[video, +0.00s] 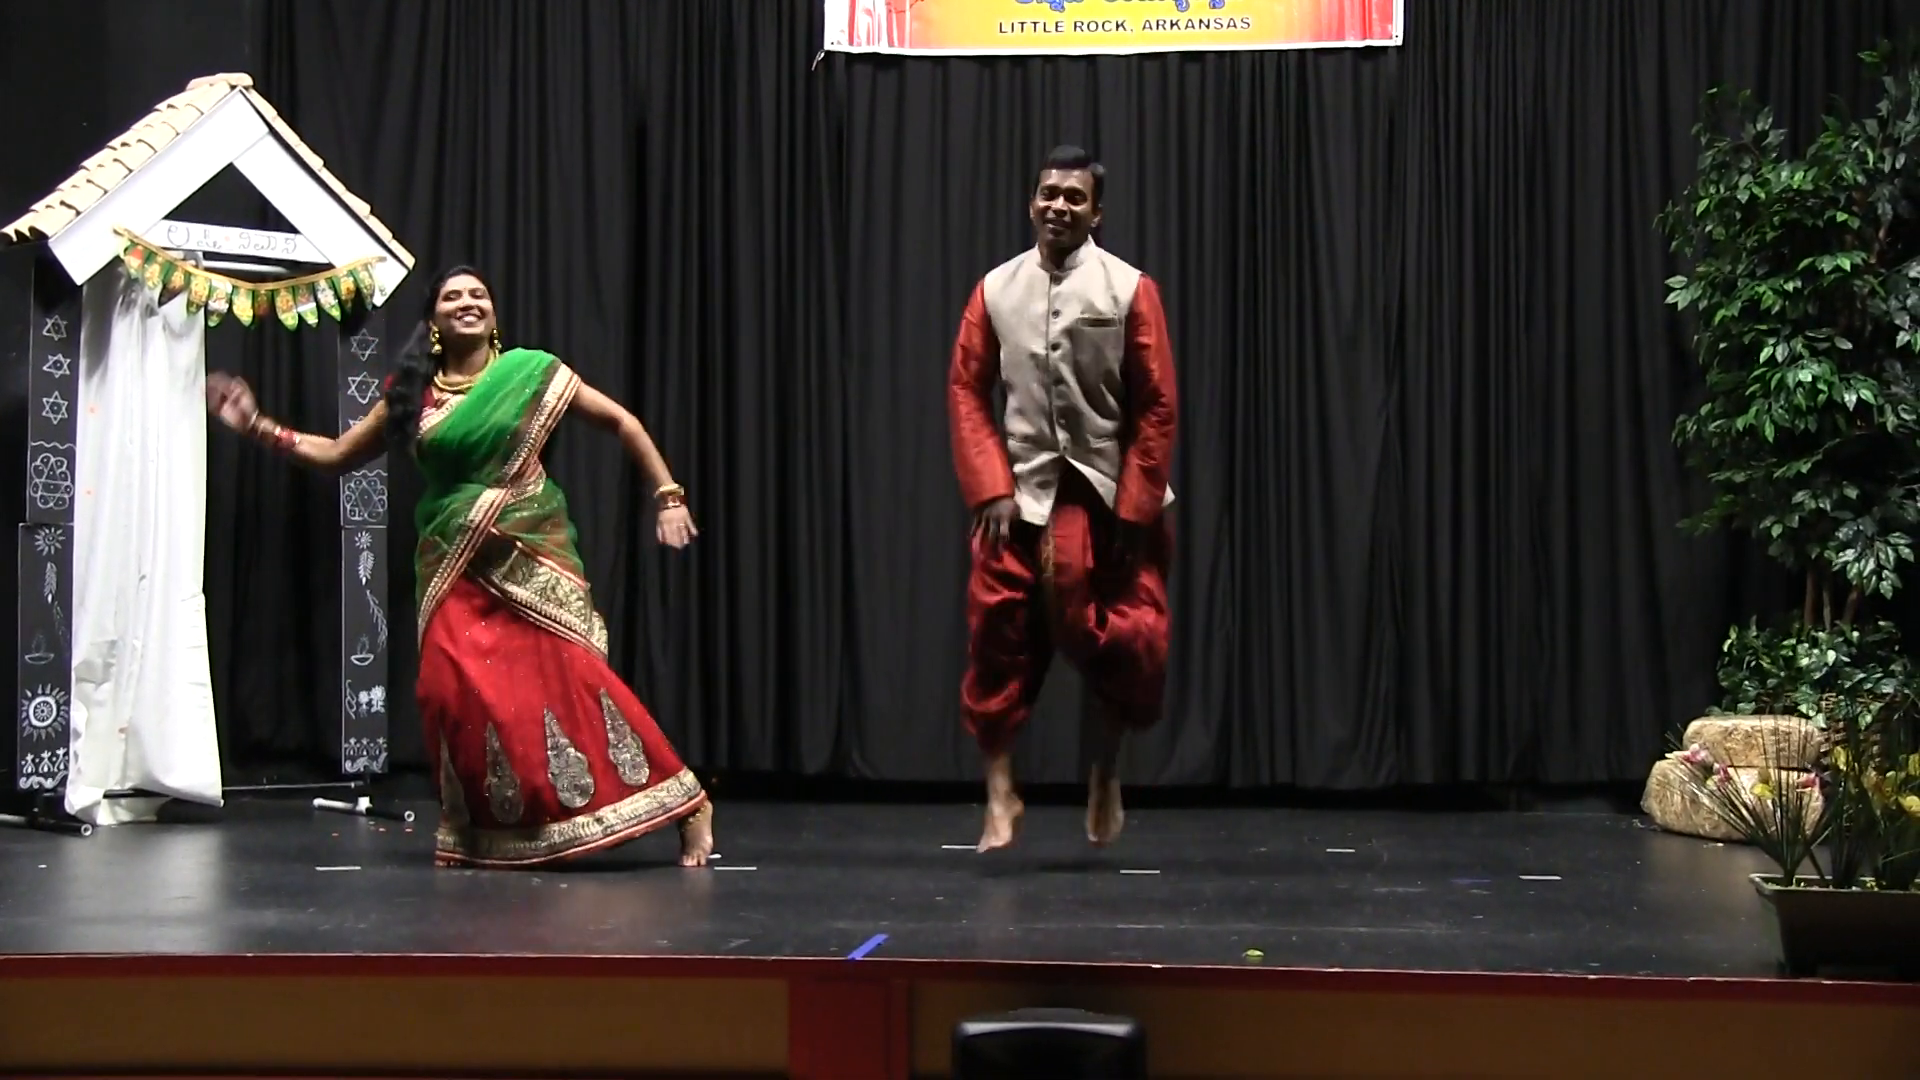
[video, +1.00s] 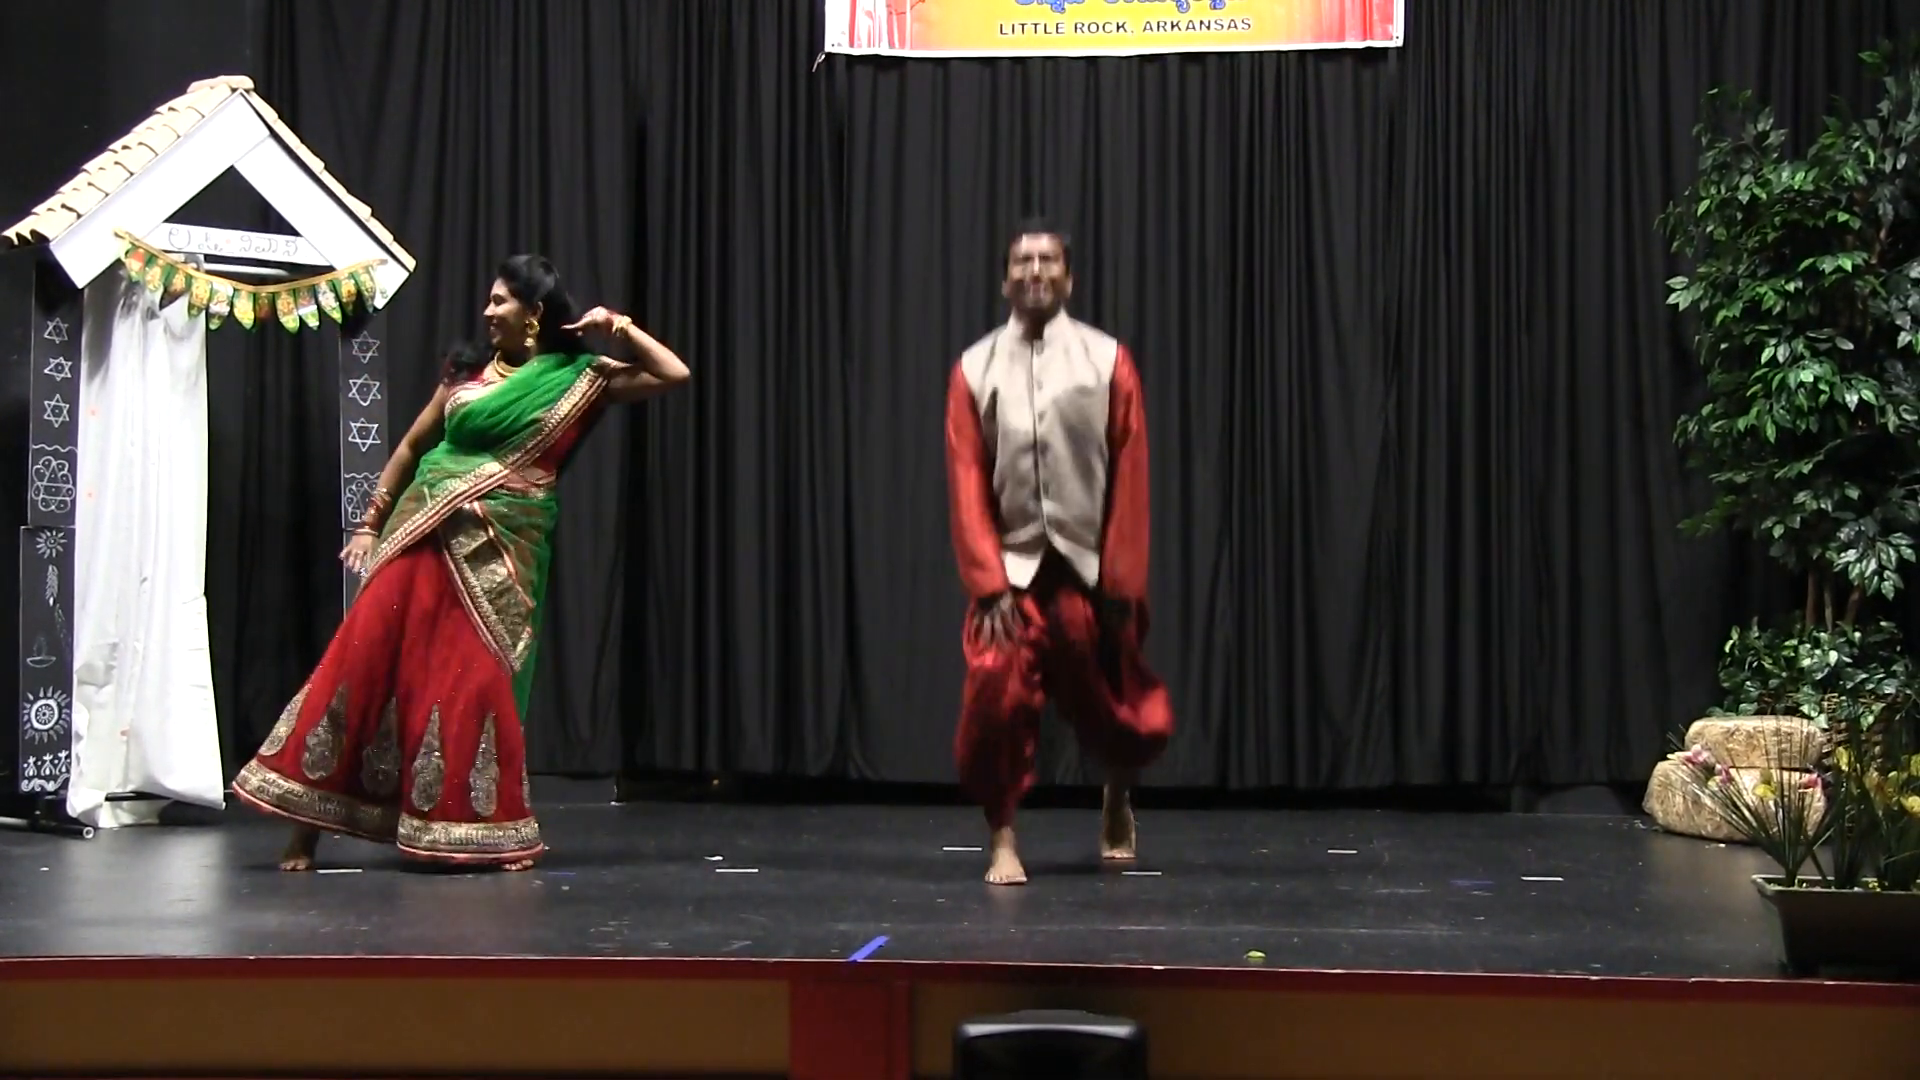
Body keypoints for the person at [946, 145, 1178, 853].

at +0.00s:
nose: (1057, 205)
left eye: (1072, 196)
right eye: (1047, 194)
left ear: (1095, 210)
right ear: (1032, 204)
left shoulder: (1129, 291)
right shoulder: (997, 289)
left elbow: (1158, 404)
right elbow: (966, 391)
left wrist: (1139, 502)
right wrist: (988, 483)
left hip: (1103, 485)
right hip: (1015, 483)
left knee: (1126, 634)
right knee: (995, 624)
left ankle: (1105, 775)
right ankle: (999, 794)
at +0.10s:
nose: (1057, 236)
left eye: (1069, 225)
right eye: (1045, 227)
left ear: (1095, 235)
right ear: (1031, 239)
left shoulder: (1133, 324)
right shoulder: (1000, 317)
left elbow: (1156, 440)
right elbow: (965, 414)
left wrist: (1131, 542)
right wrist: (988, 495)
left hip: (1103, 527)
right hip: (1013, 522)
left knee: (1128, 665)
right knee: (990, 662)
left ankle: (1115, 791)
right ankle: (990, 820)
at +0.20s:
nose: (1061, 305)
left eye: (1074, 293)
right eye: (1050, 294)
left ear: (1099, 305)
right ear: (1035, 304)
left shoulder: (1130, 396)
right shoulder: (997, 384)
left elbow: (1149, 511)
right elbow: (954, 479)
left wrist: (1126, 616)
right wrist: (997, 553)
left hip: (1097, 595)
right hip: (1013, 586)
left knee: (1120, 712)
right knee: (992, 708)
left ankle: (1115, 807)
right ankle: (999, 839)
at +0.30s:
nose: (1062, 379)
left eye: (1076, 366)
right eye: (1051, 367)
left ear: (1102, 377)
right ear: (1038, 377)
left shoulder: (1130, 468)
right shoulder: (998, 449)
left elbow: (1143, 584)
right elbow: (956, 551)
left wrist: (1124, 684)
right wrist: (1009, 620)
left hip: (1086, 627)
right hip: (1009, 621)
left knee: (1101, 720)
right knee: (980, 736)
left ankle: (1117, 817)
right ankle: (1004, 849)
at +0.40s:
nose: (1067, 430)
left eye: (1080, 417)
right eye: (1055, 418)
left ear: (1105, 429)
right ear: (1042, 429)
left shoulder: (1127, 519)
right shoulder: (997, 494)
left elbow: (1139, 637)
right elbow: (955, 589)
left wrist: (1121, 743)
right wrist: (1014, 637)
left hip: (1086, 669)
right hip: (1008, 660)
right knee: (1016, 692)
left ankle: (1115, 832)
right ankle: (1007, 851)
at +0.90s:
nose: (1033, 347)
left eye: (1046, 337)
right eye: (1022, 336)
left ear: (1065, 353)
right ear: (1004, 351)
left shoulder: (1103, 434)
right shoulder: (973, 438)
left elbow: (1126, 546)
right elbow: (959, 547)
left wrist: (1124, 647)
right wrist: (993, 631)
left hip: (1078, 608)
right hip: (1003, 608)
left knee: (1085, 697)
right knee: (1002, 688)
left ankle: (1114, 816)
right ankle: (1002, 849)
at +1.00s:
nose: (1034, 271)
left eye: (1046, 260)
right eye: (1023, 261)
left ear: (1068, 276)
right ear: (1006, 277)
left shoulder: (1108, 359)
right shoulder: (974, 368)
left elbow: (1131, 474)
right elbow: (967, 480)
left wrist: (1125, 576)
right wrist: (985, 575)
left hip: (1088, 562)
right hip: (1007, 563)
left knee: (1108, 698)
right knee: (995, 688)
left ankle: (1116, 801)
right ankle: (1002, 842)